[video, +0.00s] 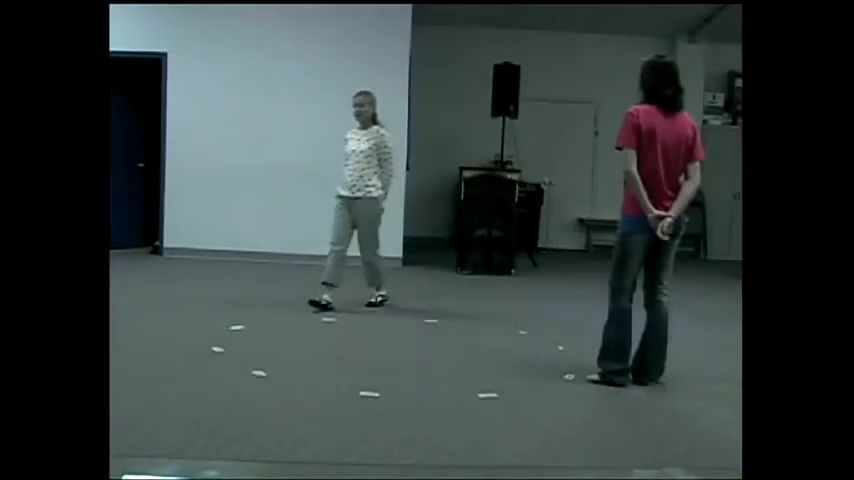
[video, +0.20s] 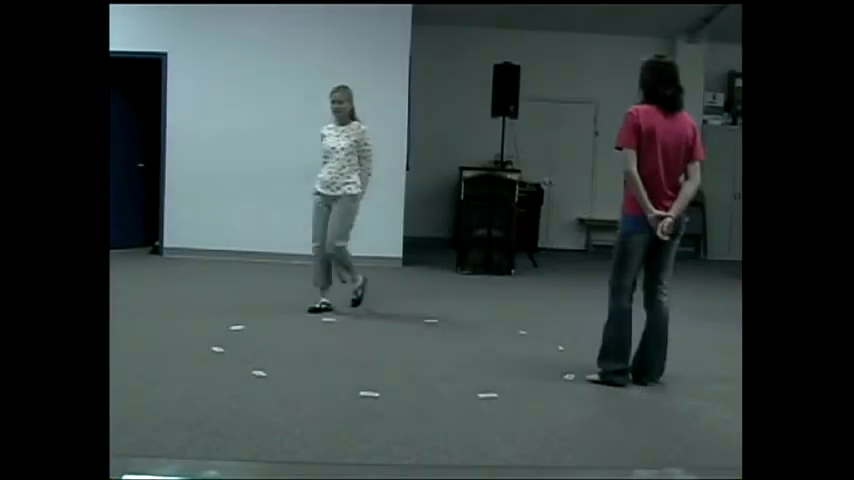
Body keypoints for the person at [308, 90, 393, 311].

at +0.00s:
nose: (357, 110)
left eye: (362, 106)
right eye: (355, 106)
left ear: (373, 108)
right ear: (352, 109)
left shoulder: (380, 135)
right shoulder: (350, 135)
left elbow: (387, 169)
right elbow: (349, 165)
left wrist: (381, 194)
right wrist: (352, 186)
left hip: (369, 197)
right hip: (346, 195)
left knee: (369, 249)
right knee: (337, 246)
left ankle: (379, 291)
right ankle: (327, 294)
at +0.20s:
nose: (337, 106)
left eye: (341, 102)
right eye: (333, 102)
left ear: (351, 104)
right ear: (330, 105)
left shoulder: (359, 131)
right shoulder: (326, 132)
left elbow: (366, 164)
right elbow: (326, 162)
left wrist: (360, 189)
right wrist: (327, 183)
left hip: (347, 192)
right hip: (323, 190)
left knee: (334, 246)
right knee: (319, 246)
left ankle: (356, 280)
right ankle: (323, 297)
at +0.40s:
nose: (318, 105)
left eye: (322, 101)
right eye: (315, 101)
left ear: (332, 103)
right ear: (311, 103)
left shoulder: (340, 130)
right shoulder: (306, 131)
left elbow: (348, 163)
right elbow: (307, 162)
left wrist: (344, 189)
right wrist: (308, 183)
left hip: (330, 191)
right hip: (306, 190)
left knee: (310, 245)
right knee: (313, 245)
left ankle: (302, 300)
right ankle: (324, 298)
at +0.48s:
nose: (308, 106)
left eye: (313, 101)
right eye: (305, 101)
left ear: (323, 104)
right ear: (301, 104)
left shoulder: (331, 131)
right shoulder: (298, 133)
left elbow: (339, 166)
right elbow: (299, 164)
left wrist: (334, 193)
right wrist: (301, 185)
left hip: (321, 195)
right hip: (297, 194)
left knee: (302, 248)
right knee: (306, 248)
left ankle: (285, 303)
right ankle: (323, 295)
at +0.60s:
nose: (300, 103)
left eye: (304, 99)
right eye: (296, 99)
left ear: (315, 102)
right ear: (293, 102)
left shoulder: (321, 129)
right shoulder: (291, 130)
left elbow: (330, 163)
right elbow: (290, 163)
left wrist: (325, 191)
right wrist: (288, 185)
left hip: (311, 192)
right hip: (288, 192)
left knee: (293, 247)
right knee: (288, 247)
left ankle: (282, 305)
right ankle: (314, 289)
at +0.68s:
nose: (292, 101)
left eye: (297, 97)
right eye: (289, 97)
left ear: (308, 100)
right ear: (285, 99)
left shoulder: (313, 127)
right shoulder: (283, 129)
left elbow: (323, 162)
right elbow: (284, 162)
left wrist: (318, 191)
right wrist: (283, 183)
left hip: (303, 191)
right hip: (279, 191)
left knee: (289, 248)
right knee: (272, 249)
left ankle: (283, 305)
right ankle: (298, 286)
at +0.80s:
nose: (285, 99)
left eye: (290, 95)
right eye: (281, 95)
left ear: (300, 98)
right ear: (278, 98)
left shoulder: (307, 125)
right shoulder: (275, 127)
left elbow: (317, 160)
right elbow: (276, 161)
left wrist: (311, 189)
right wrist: (275, 183)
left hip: (296, 192)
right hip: (270, 191)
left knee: (288, 249)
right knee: (261, 248)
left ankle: (282, 303)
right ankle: (278, 294)